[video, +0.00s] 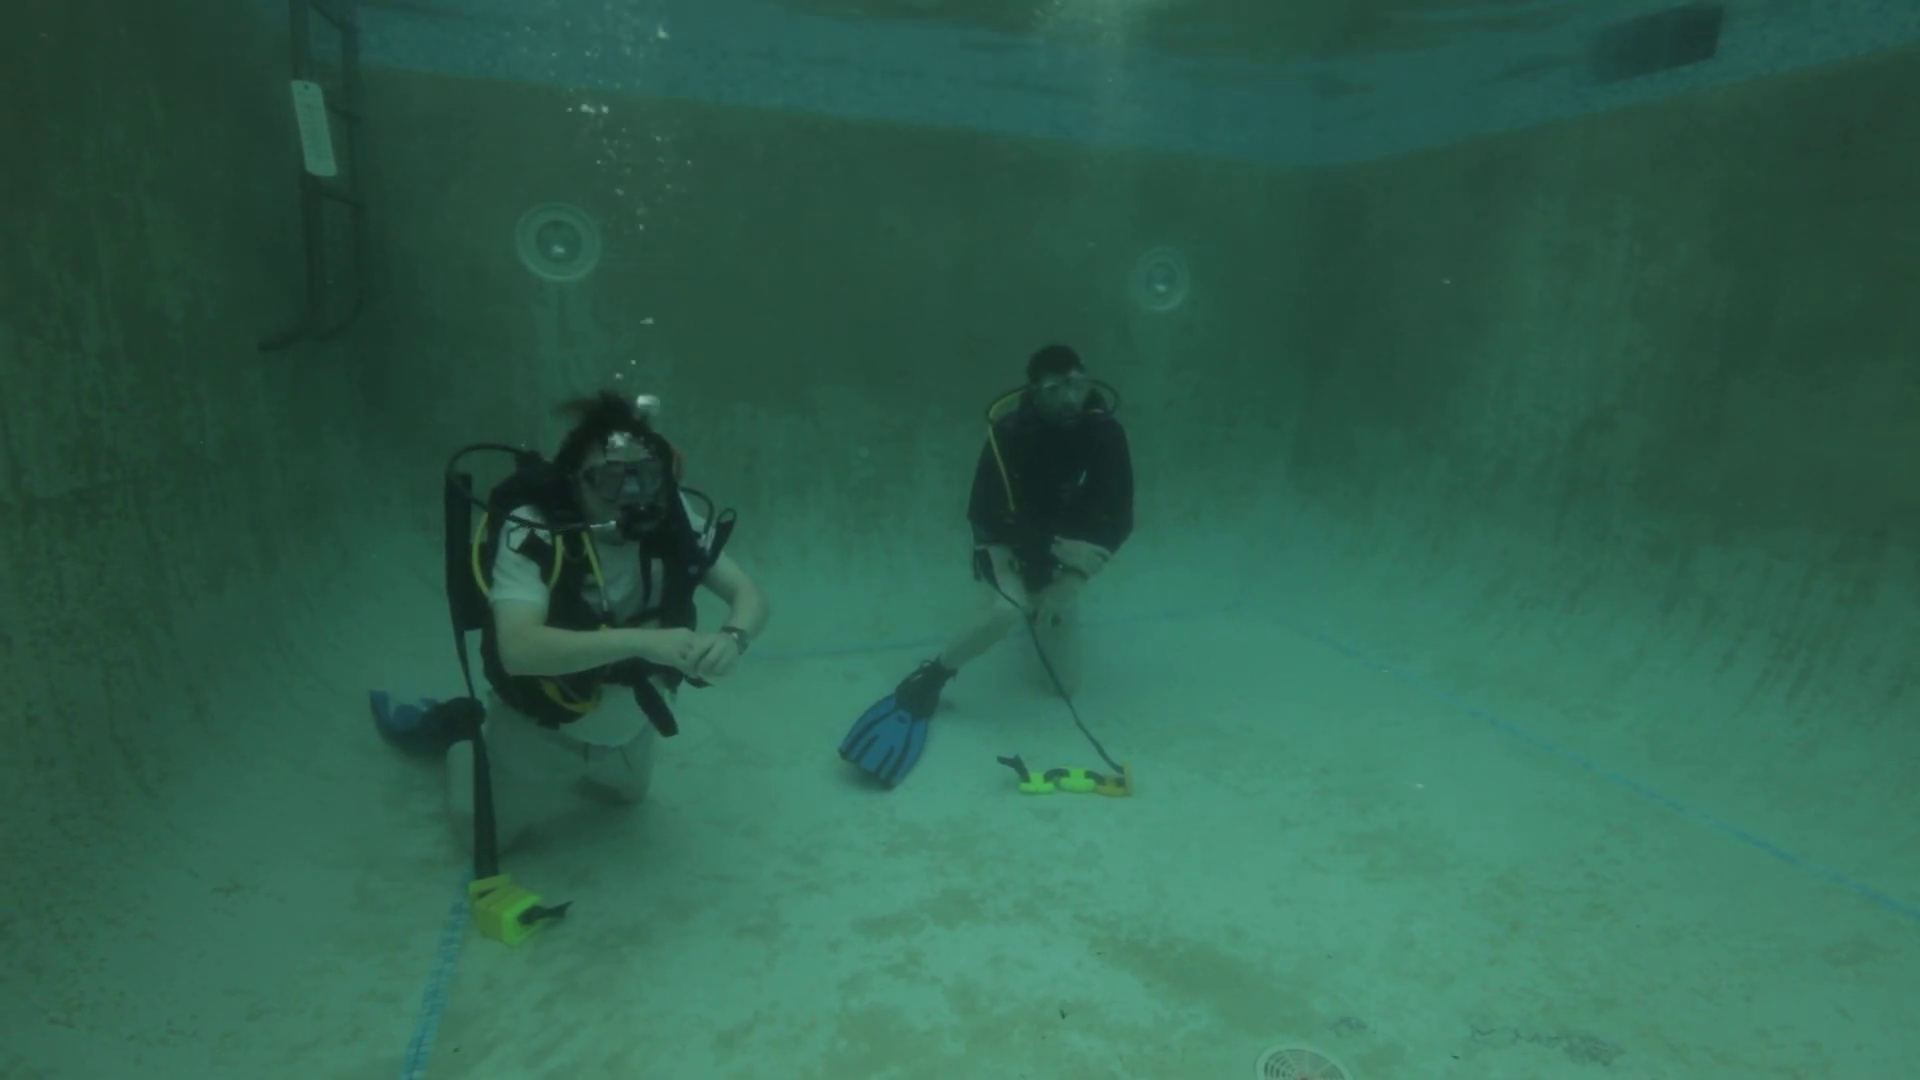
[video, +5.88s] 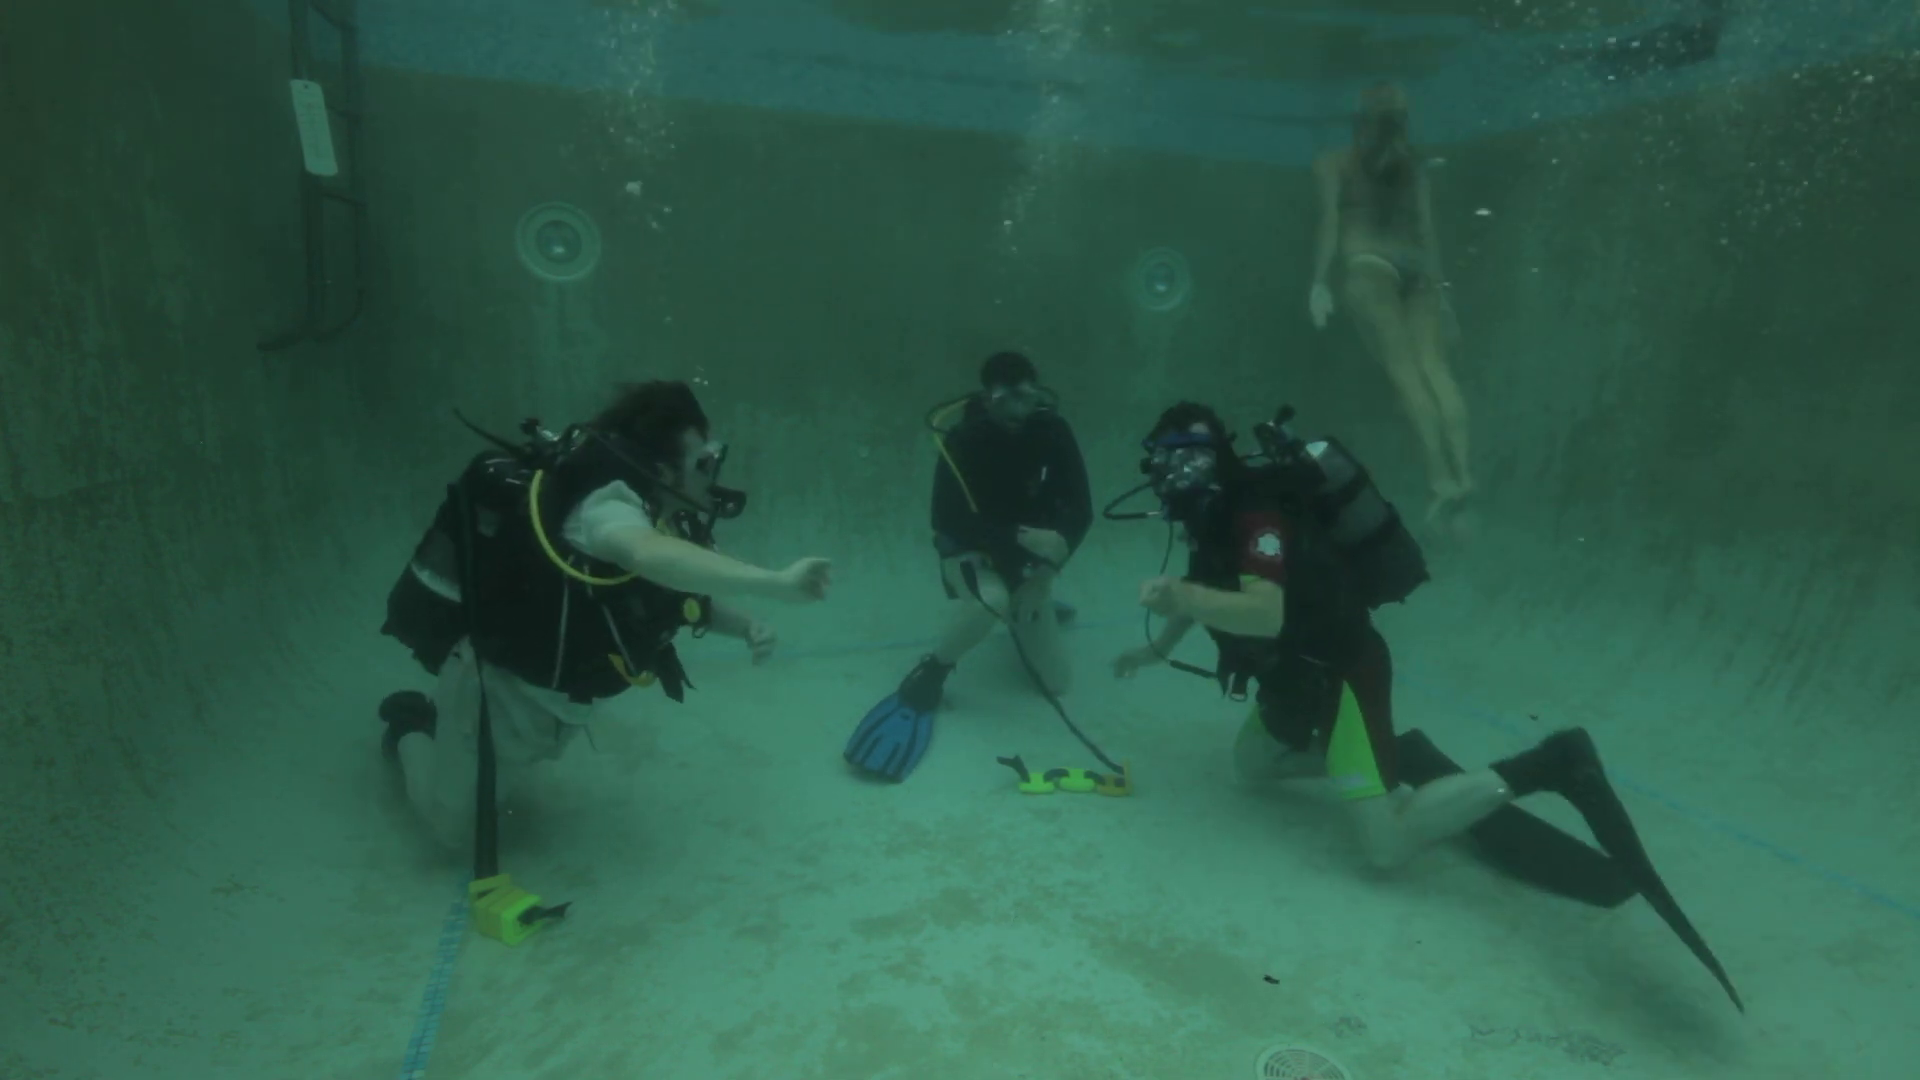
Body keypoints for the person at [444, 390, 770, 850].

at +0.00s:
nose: (626, 493)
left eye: (639, 477)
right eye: (609, 478)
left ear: (658, 477)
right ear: (577, 479)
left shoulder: (670, 519)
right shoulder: (531, 527)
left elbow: (748, 594)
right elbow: (517, 650)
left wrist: (734, 637)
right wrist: (647, 643)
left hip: (628, 711)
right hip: (539, 718)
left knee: (628, 786)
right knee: (485, 835)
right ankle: (462, 730)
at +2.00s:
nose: (651, 503)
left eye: (655, 484)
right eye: (630, 492)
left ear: (662, 474)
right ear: (581, 496)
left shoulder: (662, 517)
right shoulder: (524, 526)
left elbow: (743, 589)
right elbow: (512, 643)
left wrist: (728, 630)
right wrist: (639, 636)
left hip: (626, 712)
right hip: (537, 721)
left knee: (627, 788)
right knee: (490, 837)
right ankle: (463, 730)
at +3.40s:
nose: (634, 494)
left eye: (637, 475)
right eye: (614, 483)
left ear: (645, 466)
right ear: (566, 491)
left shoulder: (653, 508)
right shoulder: (510, 528)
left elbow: (721, 583)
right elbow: (538, 632)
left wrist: (733, 627)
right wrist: (652, 576)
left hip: (626, 706)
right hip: (538, 719)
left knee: (627, 787)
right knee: (507, 830)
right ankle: (463, 731)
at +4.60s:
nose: (659, 468)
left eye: (654, 455)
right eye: (644, 461)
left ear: (607, 475)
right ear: (600, 476)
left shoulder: (642, 516)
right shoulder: (516, 521)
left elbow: (684, 594)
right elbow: (589, 588)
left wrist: (738, 599)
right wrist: (696, 580)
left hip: (617, 701)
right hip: (527, 719)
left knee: (627, 775)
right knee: (494, 839)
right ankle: (459, 728)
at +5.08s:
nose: (685, 479)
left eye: (683, 465)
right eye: (673, 468)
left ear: (633, 473)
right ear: (628, 473)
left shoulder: (640, 520)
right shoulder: (546, 514)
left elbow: (680, 594)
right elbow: (630, 569)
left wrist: (758, 591)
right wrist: (752, 570)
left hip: (605, 703)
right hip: (519, 717)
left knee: (620, 768)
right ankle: (443, 728)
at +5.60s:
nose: (703, 469)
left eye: (699, 457)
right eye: (691, 460)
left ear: (654, 467)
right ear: (649, 465)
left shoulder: (658, 522)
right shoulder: (585, 512)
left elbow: (693, 601)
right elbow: (688, 568)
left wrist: (765, 624)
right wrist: (794, 564)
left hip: (582, 700)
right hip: (509, 702)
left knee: (555, 759)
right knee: (475, 812)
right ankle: (426, 724)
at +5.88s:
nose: (711, 476)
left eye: (711, 462)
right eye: (700, 464)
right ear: (655, 463)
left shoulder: (664, 508)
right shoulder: (601, 499)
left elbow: (672, 597)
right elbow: (647, 556)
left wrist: (740, 624)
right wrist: (778, 580)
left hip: (573, 692)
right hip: (506, 689)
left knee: (528, 756)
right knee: (456, 829)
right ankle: (408, 736)